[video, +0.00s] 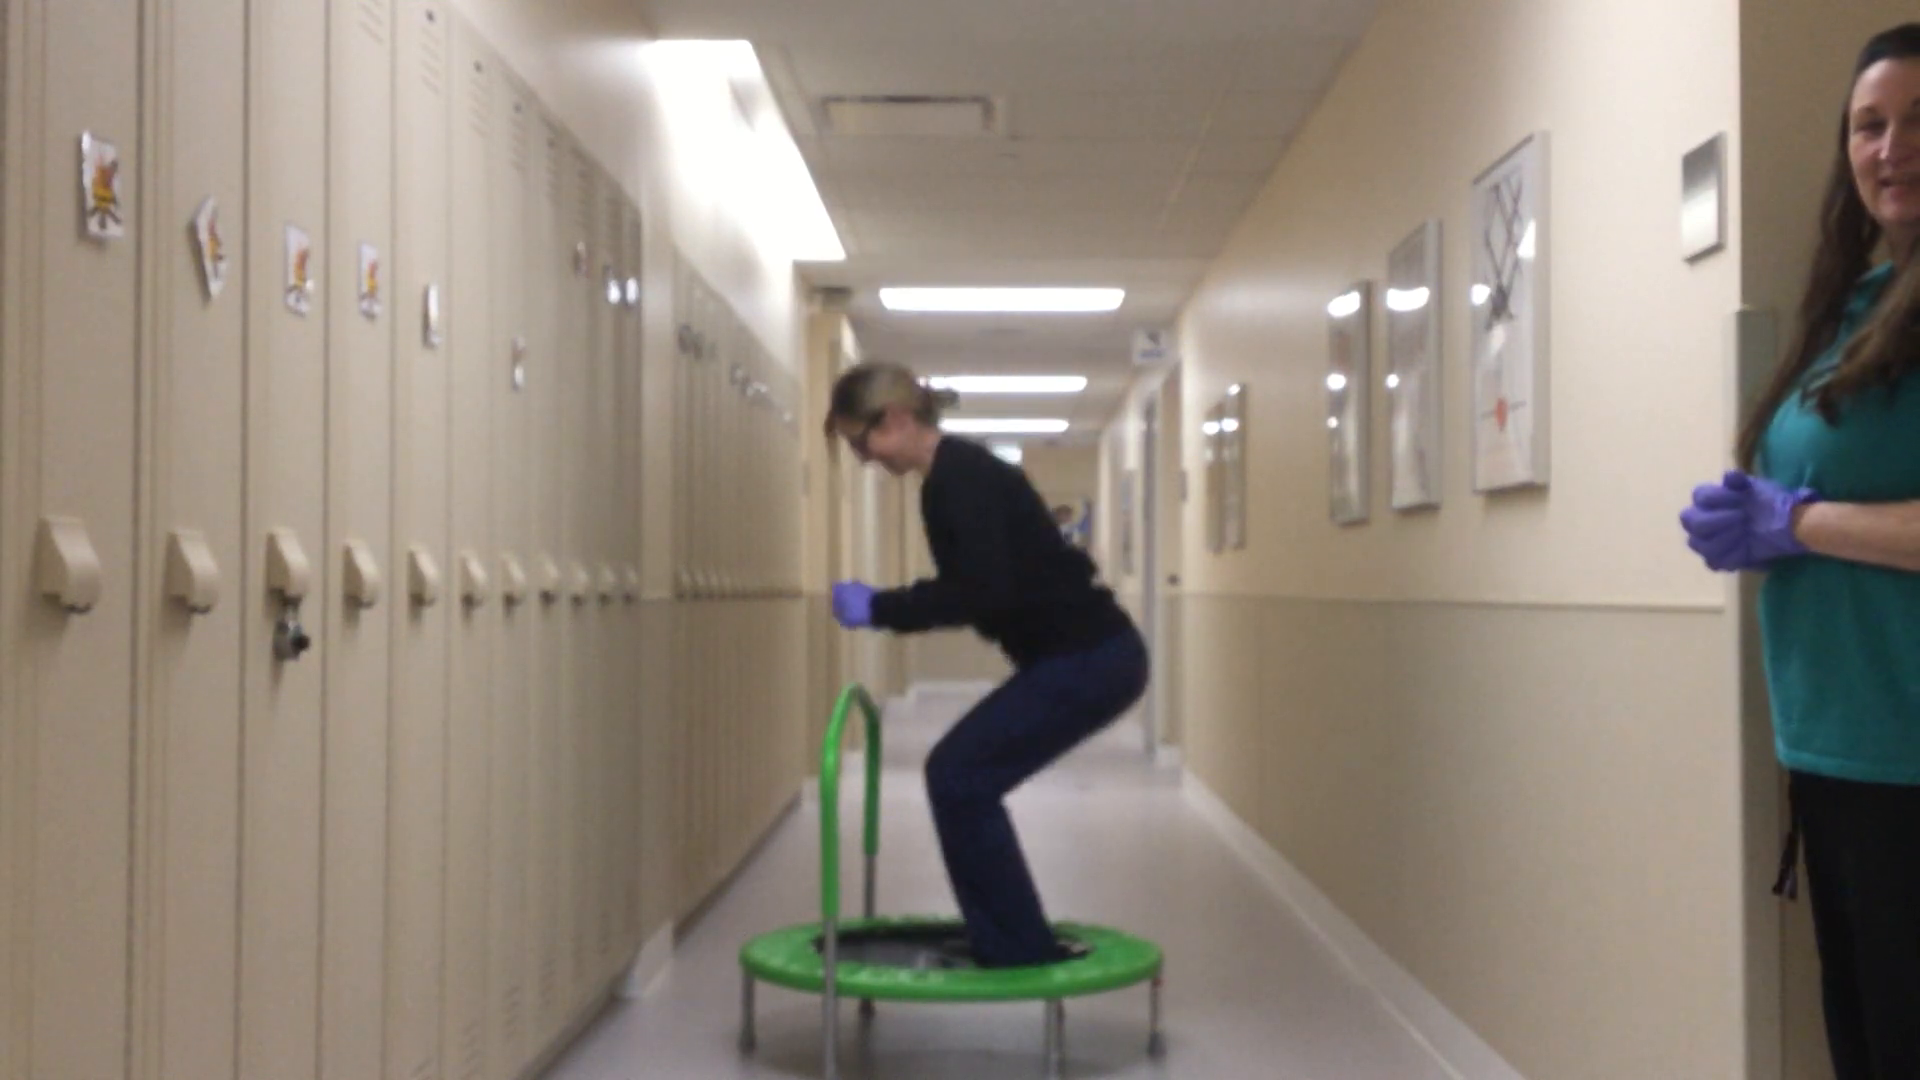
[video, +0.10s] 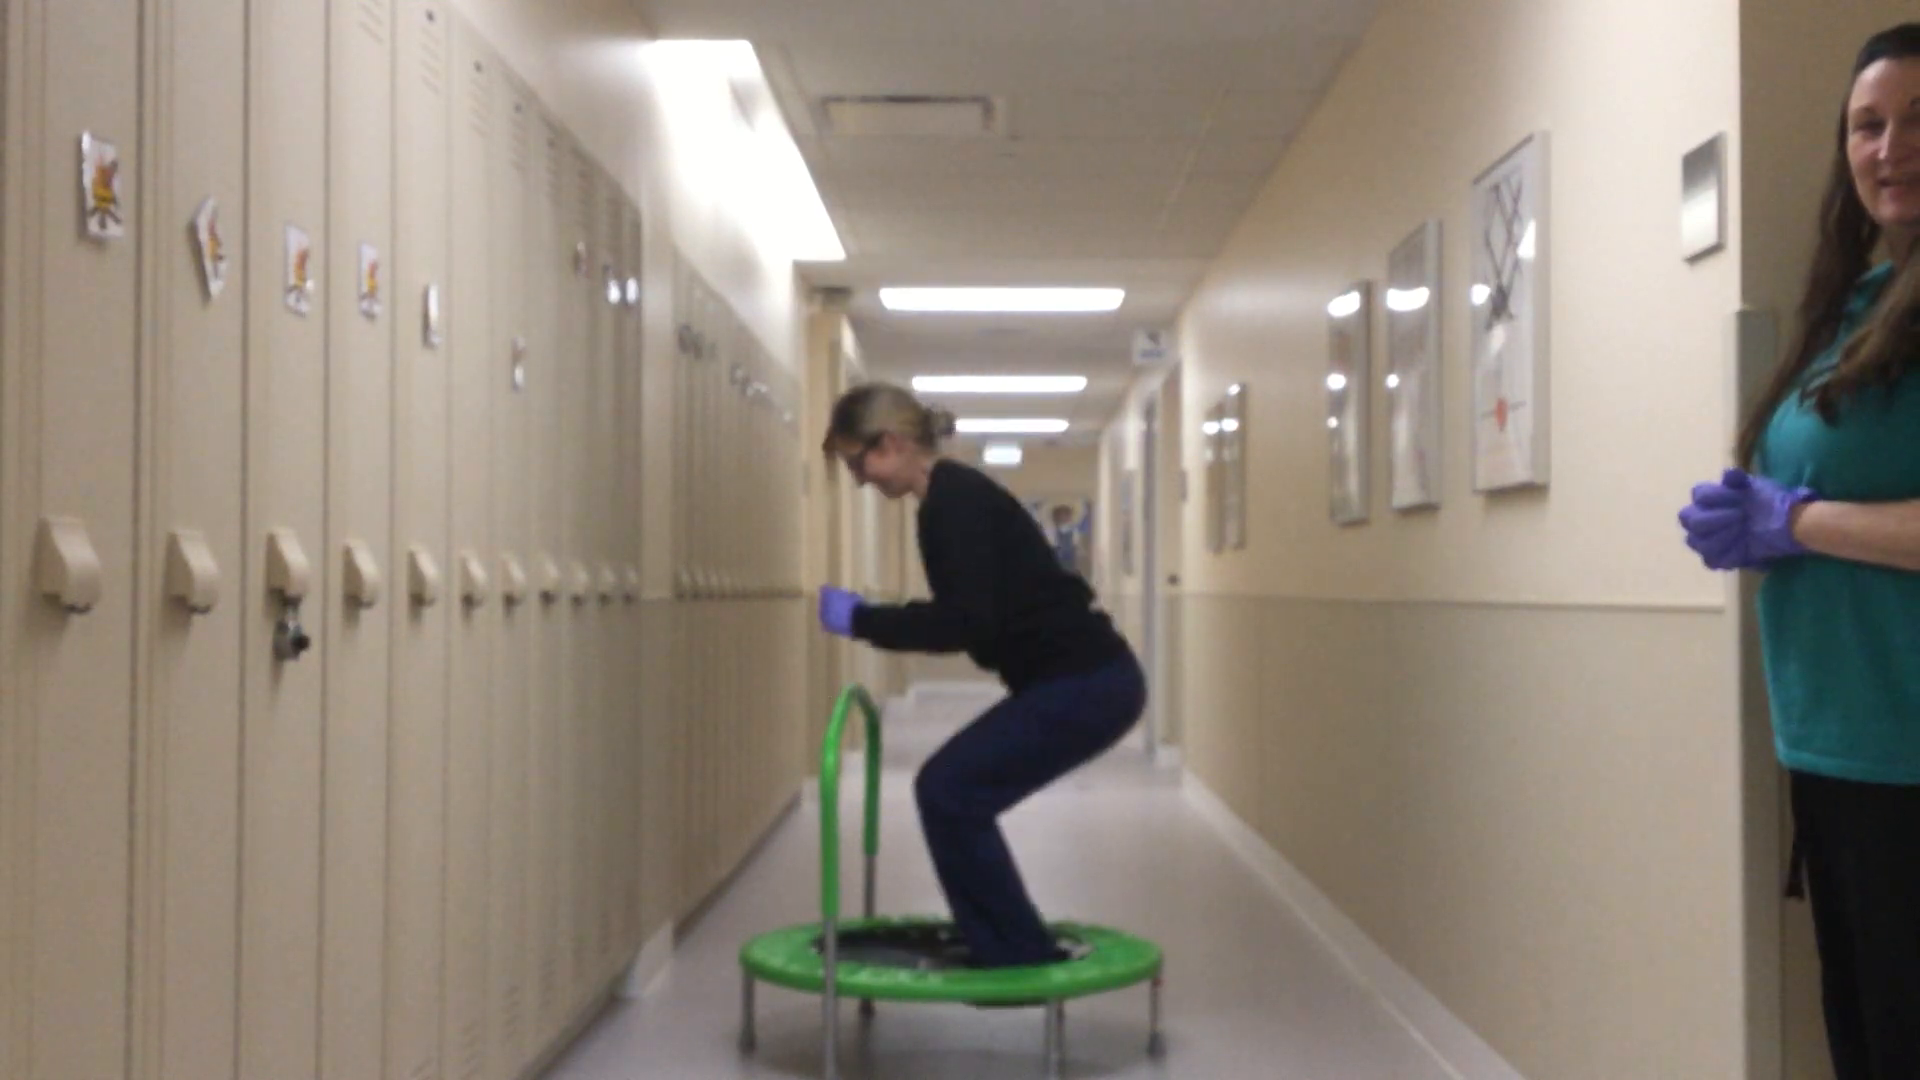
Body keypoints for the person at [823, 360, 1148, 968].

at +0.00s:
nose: (866, 456)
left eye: (865, 440)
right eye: (857, 446)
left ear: (897, 418)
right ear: (899, 421)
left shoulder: (963, 478)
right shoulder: (951, 479)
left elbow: (977, 594)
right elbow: (967, 592)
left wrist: (880, 607)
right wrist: (881, 606)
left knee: (959, 772)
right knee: (954, 769)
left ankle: (1017, 945)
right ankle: (1008, 938)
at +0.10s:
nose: (862, 477)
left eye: (862, 460)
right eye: (854, 466)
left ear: (893, 442)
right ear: (897, 445)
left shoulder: (956, 498)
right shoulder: (945, 501)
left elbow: (965, 623)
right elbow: (960, 619)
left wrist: (863, 620)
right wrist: (868, 619)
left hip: (1089, 685)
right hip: (1075, 682)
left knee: (949, 788)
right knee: (944, 785)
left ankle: (1015, 951)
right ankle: (1000, 943)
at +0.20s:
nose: (864, 438)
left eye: (865, 421)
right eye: (856, 427)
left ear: (897, 403)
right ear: (899, 406)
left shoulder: (953, 469)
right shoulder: (947, 468)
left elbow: (962, 588)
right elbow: (955, 588)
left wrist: (861, 595)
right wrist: (863, 595)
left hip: (1073, 665)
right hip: (1062, 662)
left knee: (944, 789)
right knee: (941, 786)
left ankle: (1012, 947)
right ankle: (994, 939)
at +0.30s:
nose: (867, 357)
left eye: (865, 339)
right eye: (858, 346)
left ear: (896, 316)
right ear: (894, 321)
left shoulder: (955, 383)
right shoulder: (950, 383)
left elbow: (970, 512)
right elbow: (968, 518)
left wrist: (888, 558)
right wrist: (896, 561)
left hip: (1044, 602)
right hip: (1038, 600)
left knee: (957, 774)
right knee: (955, 772)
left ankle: (1003, 944)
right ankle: (999, 938)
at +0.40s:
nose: (865, 275)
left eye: (863, 258)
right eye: (857, 264)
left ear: (891, 233)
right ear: (892, 236)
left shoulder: (960, 290)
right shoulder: (952, 295)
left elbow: (986, 410)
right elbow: (976, 416)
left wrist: (946, 516)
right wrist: (942, 515)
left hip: (1025, 521)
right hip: (1014, 521)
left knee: (988, 715)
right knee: (985, 714)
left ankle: (997, 917)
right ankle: (992, 912)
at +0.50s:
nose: (863, 239)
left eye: (861, 221)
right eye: (855, 229)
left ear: (889, 193)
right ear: (885, 202)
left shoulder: (957, 249)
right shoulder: (945, 255)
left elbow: (988, 365)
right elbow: (979, 367)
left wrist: (984, 480)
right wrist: (977, 476)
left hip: (1015, 474)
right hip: (1006, 475)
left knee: (995, 667)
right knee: (990, 667)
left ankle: (990, 860)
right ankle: (984, 856)